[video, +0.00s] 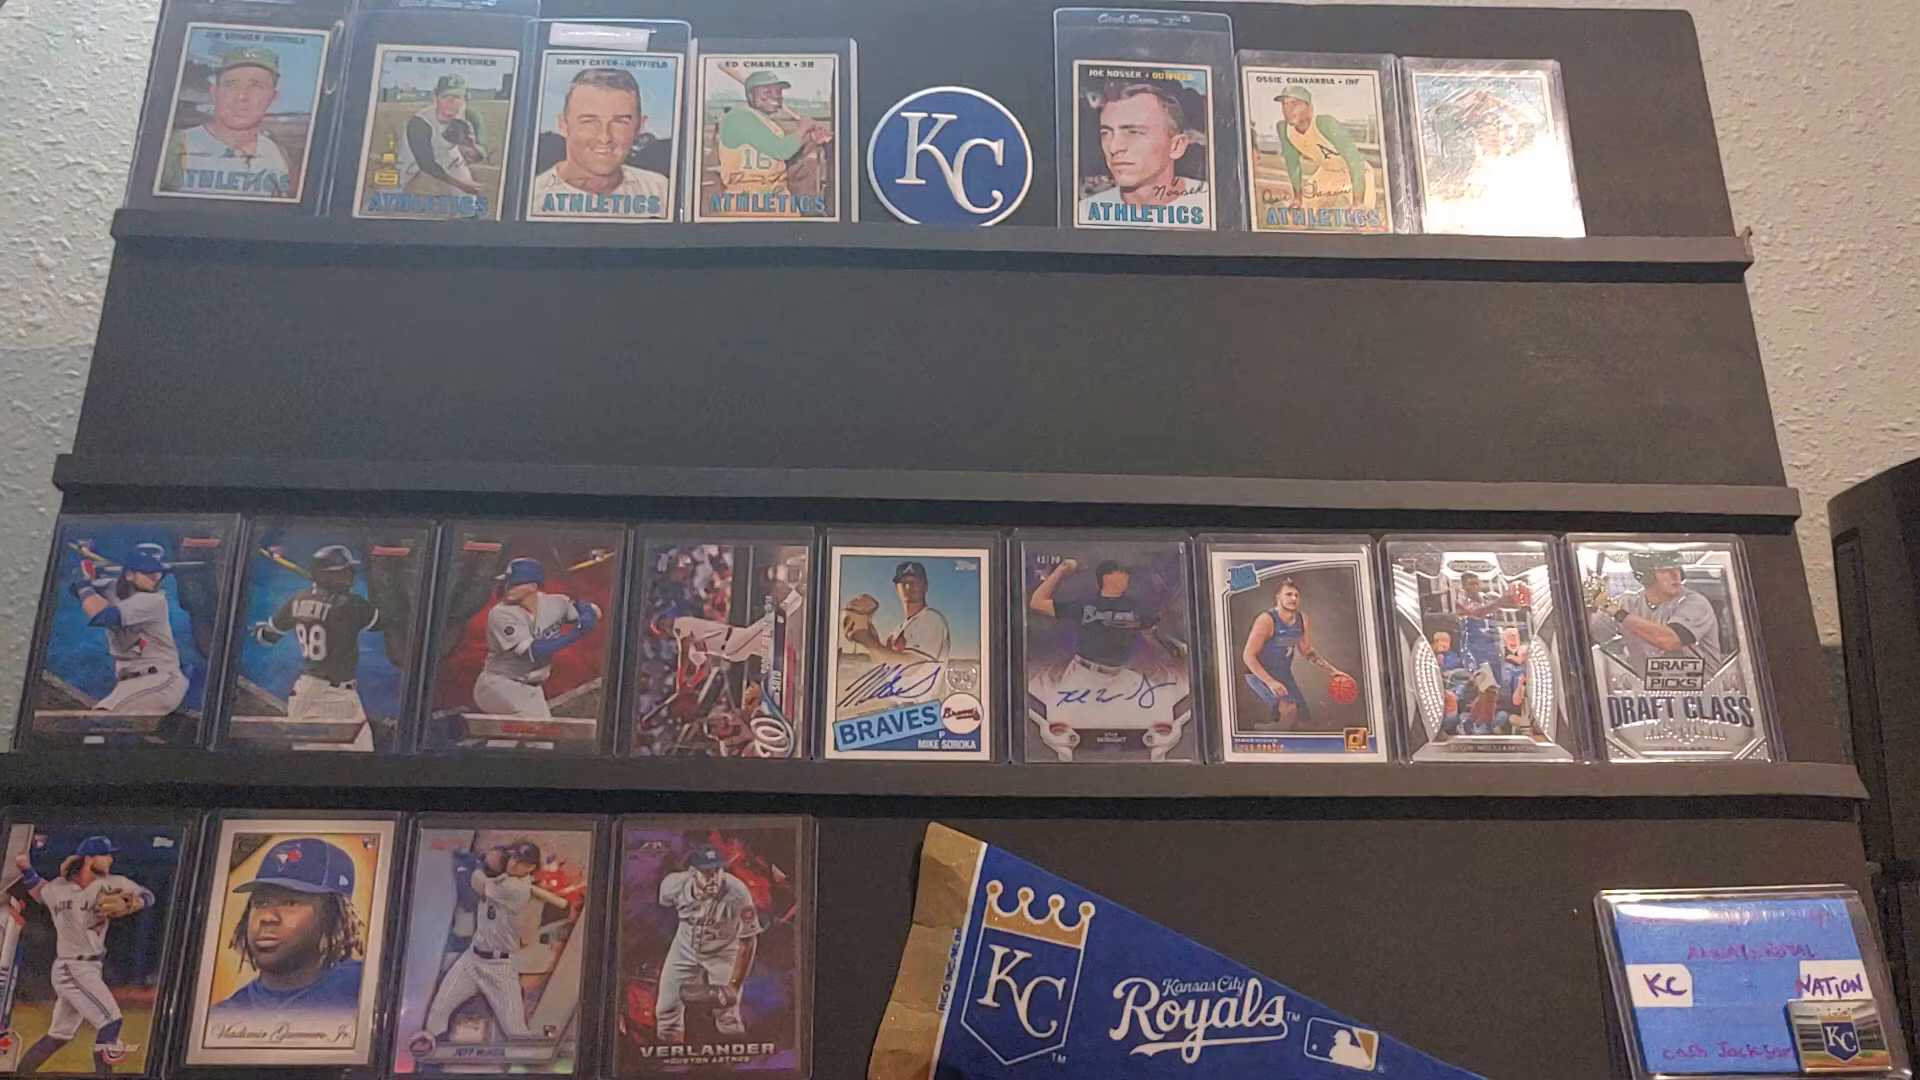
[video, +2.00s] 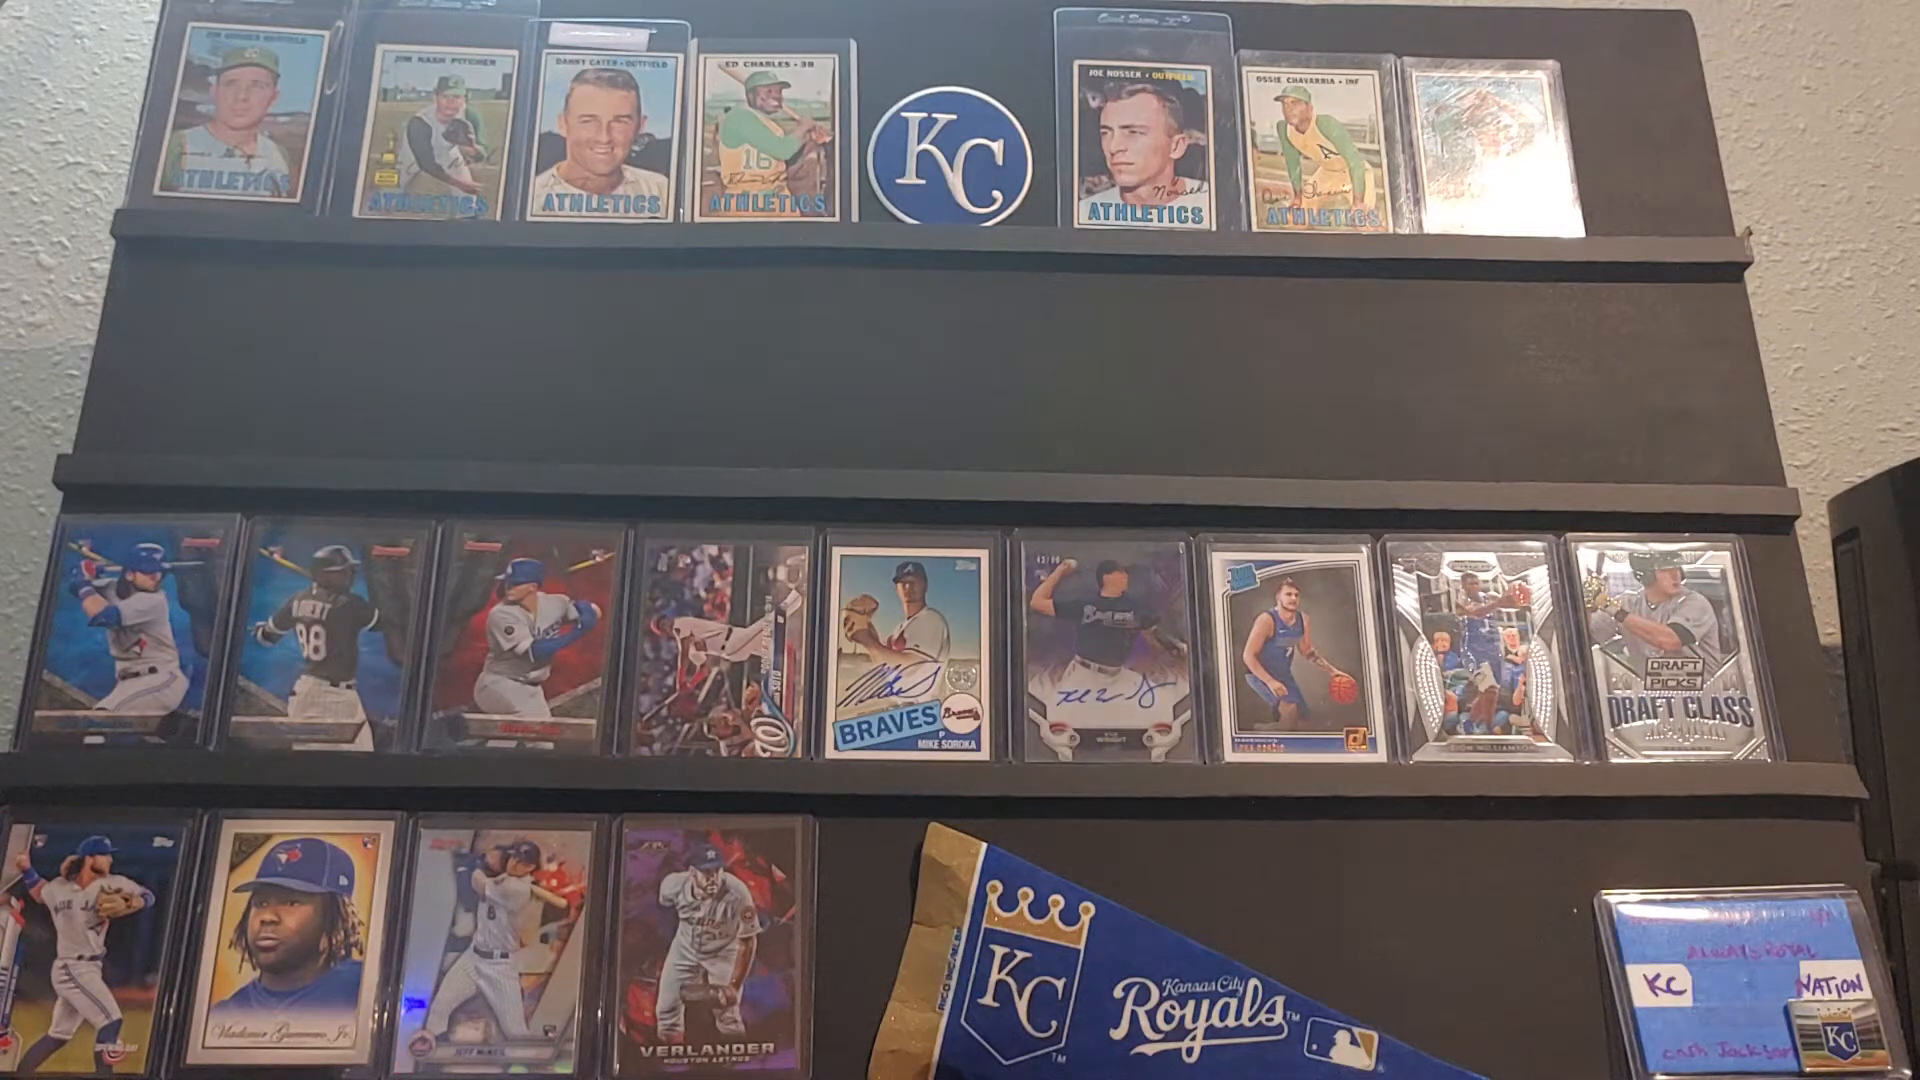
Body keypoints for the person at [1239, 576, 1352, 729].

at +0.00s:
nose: (1293, 599)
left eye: (1296, 595)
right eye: (1288, 595)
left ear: (1299, 599)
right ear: (1278, 597)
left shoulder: (1302, 619)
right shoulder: (1266, 620)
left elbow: (1307, 651)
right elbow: (1248, 656)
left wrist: (1333, 671)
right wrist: (1270, 682)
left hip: (1284, 674)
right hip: (1260, 673)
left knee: (1303, 716)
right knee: (1289, 707)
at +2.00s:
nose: (1293, 599)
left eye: (1296, 595)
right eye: (1288, 595)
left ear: (1299, 598)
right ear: (1278, 598)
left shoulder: (1302, 619)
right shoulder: (1266, 620)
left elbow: (1307, 651)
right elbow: (1248, 656)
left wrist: (1333, 672)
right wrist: (1270, 681)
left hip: (1283, 673)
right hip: (1260, 673)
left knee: (1302, 715)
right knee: (1289, 706)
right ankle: (1286, 750)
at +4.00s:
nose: (1293, 599)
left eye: (1296, 595)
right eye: (1288, 595)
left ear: (1299, 598)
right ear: (1278, 597)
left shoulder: (1302, 619)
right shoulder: (1266, 620)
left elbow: (1306, 650)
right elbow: (1248, 656)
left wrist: (1332, 671)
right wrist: (1270, 681)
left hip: (1283, 672)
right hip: (1260, 672)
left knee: (1301, 712)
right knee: (1289, 706)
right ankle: (1284, 750)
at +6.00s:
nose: (1293, 599)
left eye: (1296, 595)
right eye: (1288, 595)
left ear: (1300, 598)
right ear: (1278, 598)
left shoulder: (1302, 619)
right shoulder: (1266, 620)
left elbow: (1307, 650)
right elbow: (1248, 656)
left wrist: (1332, 671)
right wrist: (1270, 682)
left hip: (1283, 672)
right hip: (1260, 672)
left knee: (1300, 713)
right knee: (1289, 707)